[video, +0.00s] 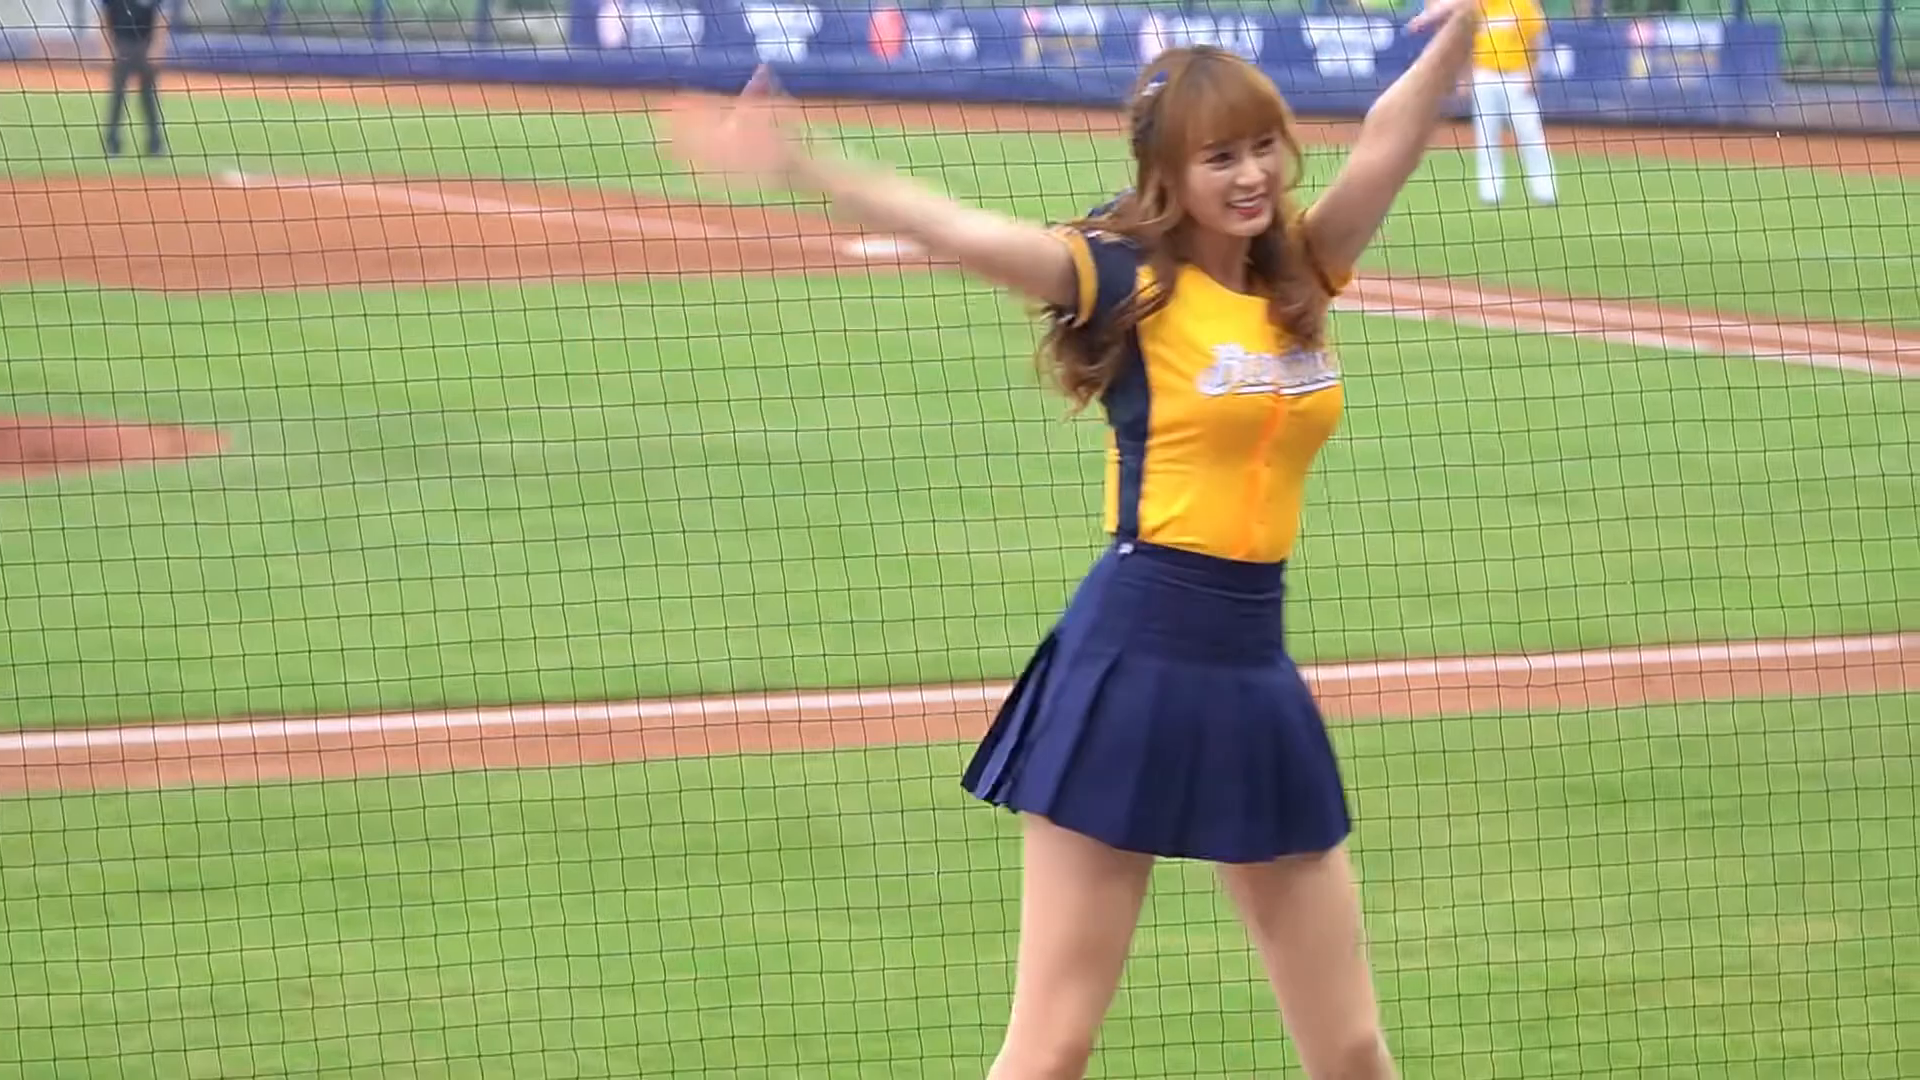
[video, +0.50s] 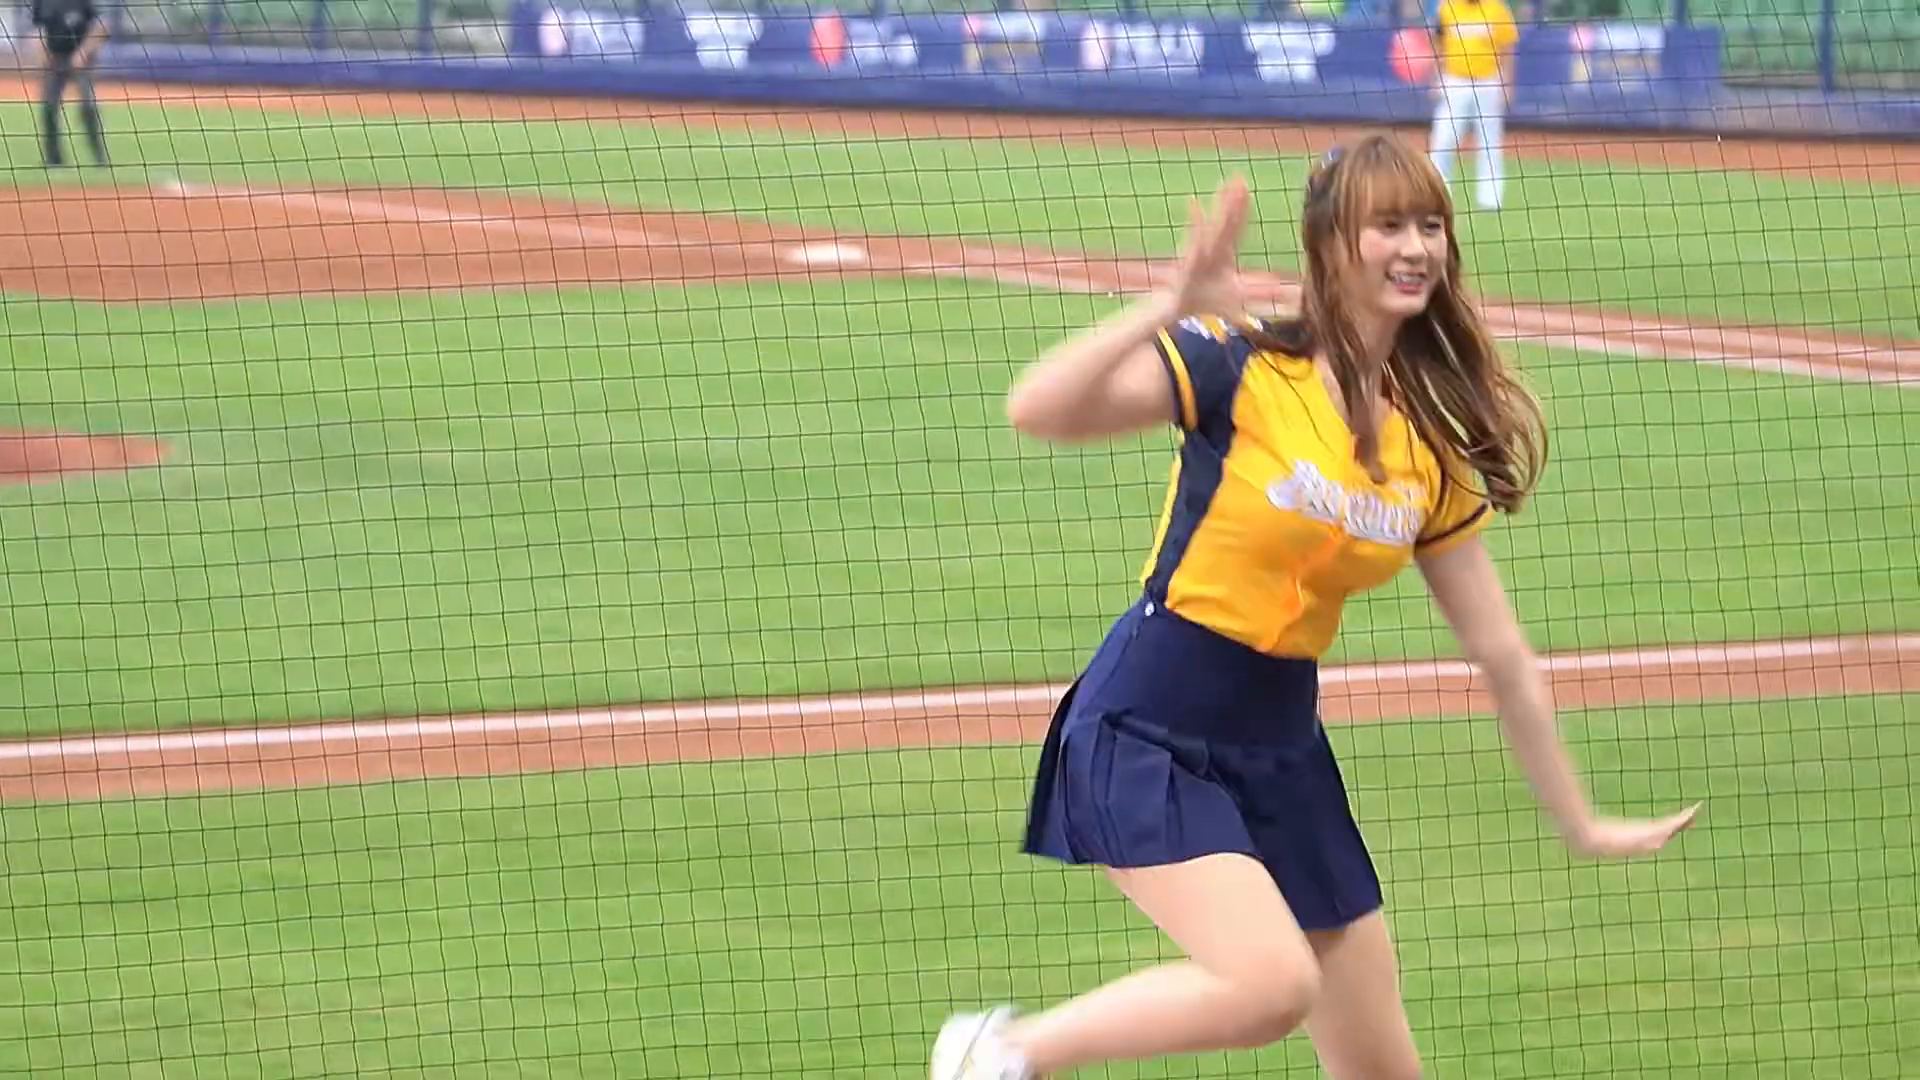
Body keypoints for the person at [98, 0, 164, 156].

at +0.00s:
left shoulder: (152, 4)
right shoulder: (111, 3)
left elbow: (161, 20)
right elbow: (105, 23)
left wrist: (156, 49)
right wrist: (112, 50)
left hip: (145, 46)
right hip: (121, 46)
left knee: (148, 96)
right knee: (117, 95)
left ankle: (154, 139)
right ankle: (112, 137)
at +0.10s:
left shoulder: (147, 3)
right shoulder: (102, 3)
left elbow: (154, 20)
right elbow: (95, 19)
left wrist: (145, 49)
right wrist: (102, 49)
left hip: (138, 45)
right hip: (113, 44)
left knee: (141, 96)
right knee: (108, 95)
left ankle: (146, 137)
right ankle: (103, 136)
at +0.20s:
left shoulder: (139, 3)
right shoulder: (93, 2)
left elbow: (145, 20)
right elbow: (86, 20)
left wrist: (136, 49)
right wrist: (92, 49)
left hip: (130, 45)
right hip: (104, 44)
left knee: (133, 96)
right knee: (99, 94)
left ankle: (137, 140)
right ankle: (96, 140)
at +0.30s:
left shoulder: (119, 3)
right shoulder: (74, 3)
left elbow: (126, 22)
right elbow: (68, 23)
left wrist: (114, 51)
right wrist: (76, 49)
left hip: (110, 48)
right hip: (85, 47)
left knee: (115, 98)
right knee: (79, 98)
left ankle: (119, 143)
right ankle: (81, 144)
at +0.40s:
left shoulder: (99, 3)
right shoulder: (54, 3)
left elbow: (108, 25)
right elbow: (49, 24)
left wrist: (94, 52)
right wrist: (55, 50)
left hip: (91, 50)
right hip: (65, 50)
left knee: (98, 102)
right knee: (60, 100)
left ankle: (102, 147)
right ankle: (61, 148)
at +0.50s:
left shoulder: (84, 4)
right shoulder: (43, 4)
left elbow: (100, 28)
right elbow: (37, 32)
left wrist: (82, 53)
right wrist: (46, 57)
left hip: (81, 57)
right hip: (56, 58)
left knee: (88, 105)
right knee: (49, 107)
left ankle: (99, 152)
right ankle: (53, 154)